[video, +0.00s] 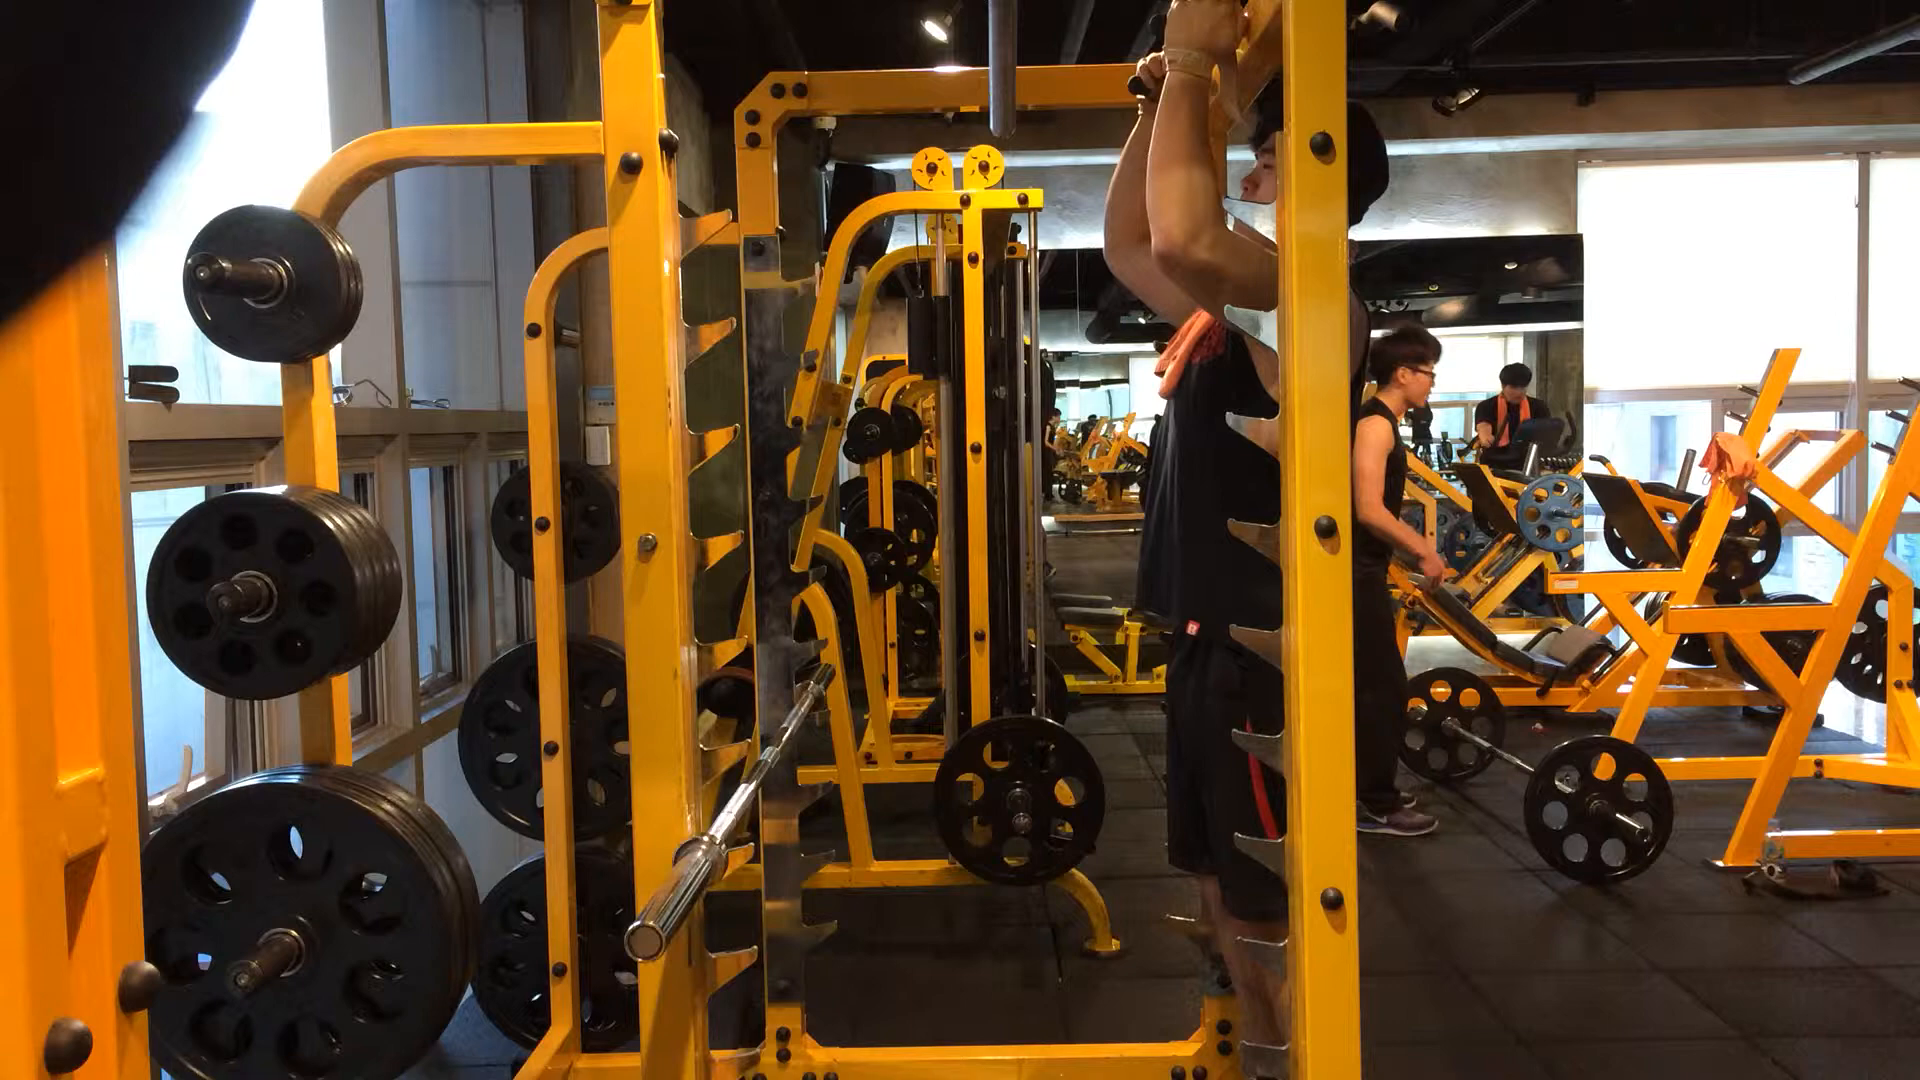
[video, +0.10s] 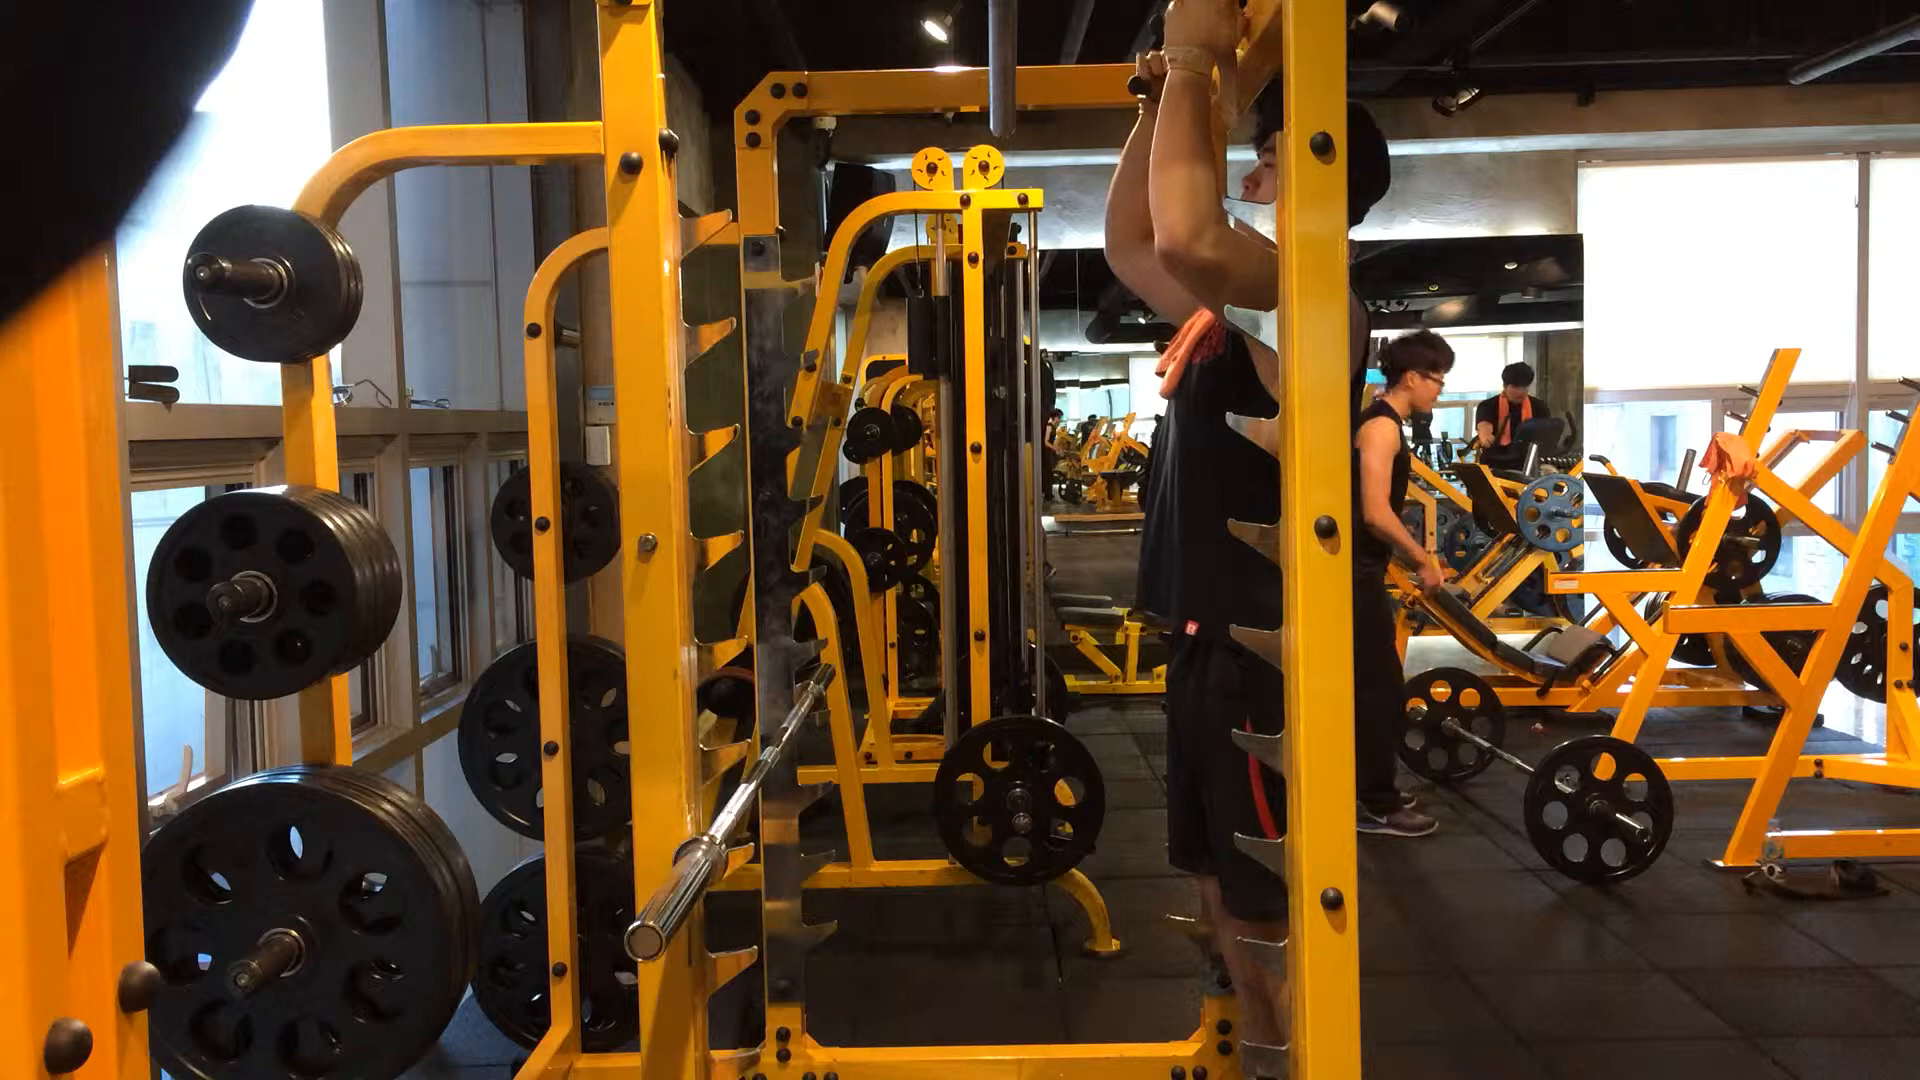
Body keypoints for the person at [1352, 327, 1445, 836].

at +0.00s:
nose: (1432, 383)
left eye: (1432, 374)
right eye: (1427, 373)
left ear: (1400, 374)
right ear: (1401, 373)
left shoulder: (1383, 423)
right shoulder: (1375, 426)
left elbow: (1378, 511)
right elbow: (1369, 510)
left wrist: (1421, 550)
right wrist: (1425, 549)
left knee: (1379, 680)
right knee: (1384, 683)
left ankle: (1376, 788)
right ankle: (1376, 801)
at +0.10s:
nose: (1440, 392)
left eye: (1441, 383)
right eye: (1436, 382)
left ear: (1409, 379)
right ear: (1410, 378)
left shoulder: (1384, 423)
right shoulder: (1380, 427)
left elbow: (1380, 513)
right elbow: (1375, 512)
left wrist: (1420, 559)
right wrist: (1423, 558)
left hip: (1363, 575)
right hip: (1358, 578)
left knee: (1377, 683)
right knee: (1382, 686)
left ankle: (1376, 788)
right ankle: (1377, 802)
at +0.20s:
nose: (1451, 407)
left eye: (1454, 399)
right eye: (1449, 396)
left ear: (1424, 388)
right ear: (1424, 386)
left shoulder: (1391, 425)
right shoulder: (1391, 430)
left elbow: (1384, 515)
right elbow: (1385, 517)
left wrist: (1415, 562)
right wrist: (1421, 569)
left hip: (1358, 574)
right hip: (1354, 577)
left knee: (1374, 683)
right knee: (1381, 685)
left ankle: (1375, 793)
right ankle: (1377, 801)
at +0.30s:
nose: (1459, 423)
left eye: (1463, 415)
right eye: (1460, 412)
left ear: (1436, 398)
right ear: (1438, 397)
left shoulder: (1396, 432)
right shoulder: (1401, 437)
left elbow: (1384, 521)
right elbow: (1393, 523)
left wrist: (1405, 578)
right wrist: (1428, 582)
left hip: (1354, 576)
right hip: (1350, 580)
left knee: (1372, 685)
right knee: (1380, 688)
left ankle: (1372, 796)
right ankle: (1378, 802)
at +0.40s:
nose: (1468, 444)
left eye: (1474, 438)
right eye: (1472, 434)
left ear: (1450, 412)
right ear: (1454, 411)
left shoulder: (1404, 438)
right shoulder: (1411, 446)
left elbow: (1380, 526)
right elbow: (1400, 532)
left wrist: (1398, 587)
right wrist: (1432, 595)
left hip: (1351, 576)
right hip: (1349, 580)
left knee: (1374, 684)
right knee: (1379, 686)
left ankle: (1374, 792)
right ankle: (1377, 801)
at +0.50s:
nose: (1475, 458)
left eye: (1481, 452)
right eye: (1481, 447)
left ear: (1459, 425)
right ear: (1467, 426)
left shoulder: (1407, 448)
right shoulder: (1420, 453)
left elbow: (1381, 535)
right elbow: (1406, 540)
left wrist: (1397, 597)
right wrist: (1434, 608)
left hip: (1349, 574)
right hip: (1344, 576)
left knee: (1376, 682)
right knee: (1381, 685)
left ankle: (1375, 785)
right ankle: (1377, 801)